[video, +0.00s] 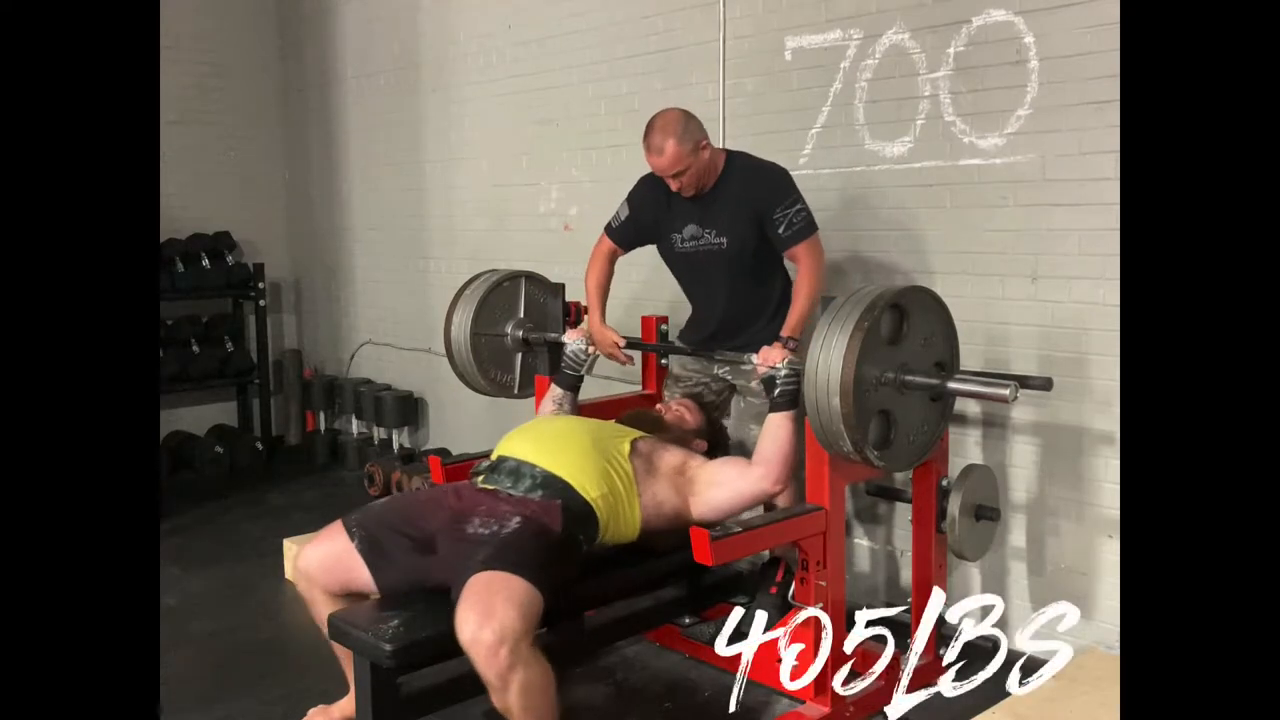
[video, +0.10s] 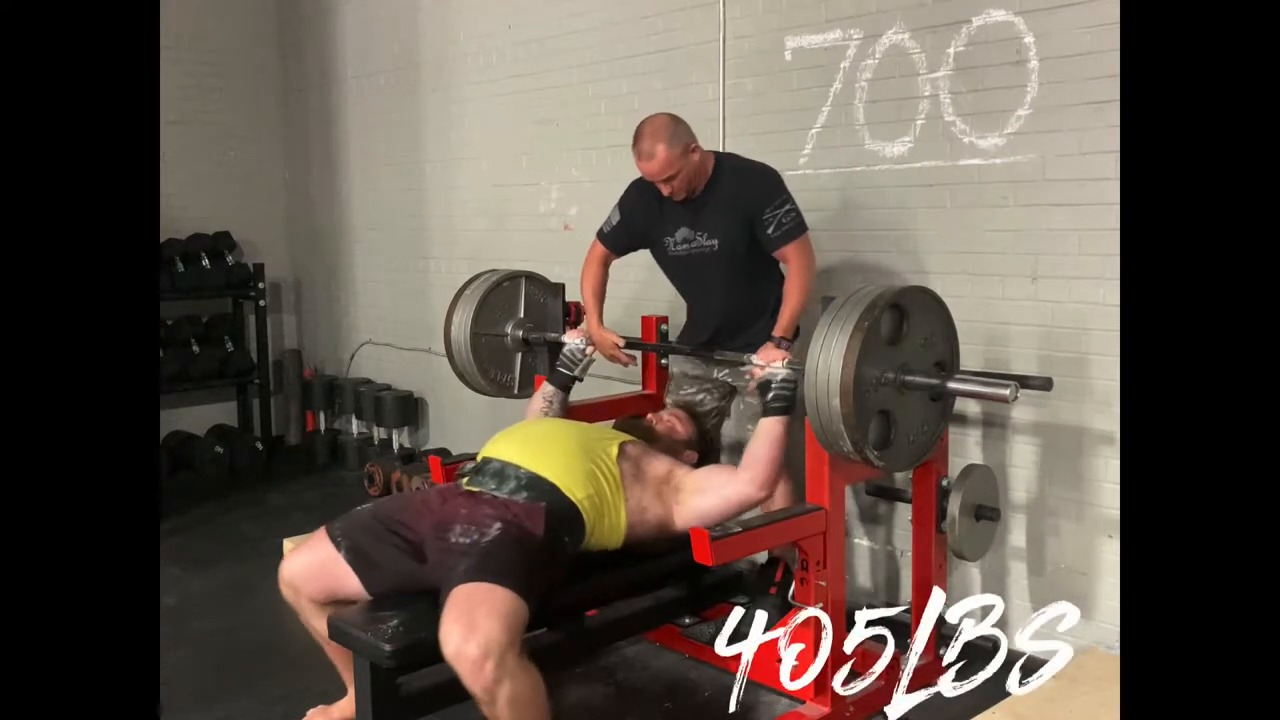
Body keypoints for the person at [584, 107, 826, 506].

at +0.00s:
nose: (673, 186)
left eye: (680, 174)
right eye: (663, 177)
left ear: (705, 147)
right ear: (652, 161)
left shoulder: (765, 183)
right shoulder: (652, 194)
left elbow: (811, 262)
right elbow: (605, 250)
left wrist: (787, 341)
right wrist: (595, 322)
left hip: (763, 350)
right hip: (698, 346)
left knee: (769, 475)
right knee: (673, 465)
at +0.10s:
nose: (665, 191)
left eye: (671, 178)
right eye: (654, 182)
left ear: (696, 152)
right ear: (642, 168)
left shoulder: (754, 184)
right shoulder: (643, 200)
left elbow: (801, 263)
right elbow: (597, 256)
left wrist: (780, 338)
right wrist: (594, 324)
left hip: (762, 344)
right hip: (698, 343)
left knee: (763, 466)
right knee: (673, 455)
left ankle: (784, 579)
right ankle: (692, 579)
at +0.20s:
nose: (657, 192)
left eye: (663, 179)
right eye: (646, 184)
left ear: (685, 151)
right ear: (631, 172)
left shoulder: (743, 183)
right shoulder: (631, 204)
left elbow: (790, 263)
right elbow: (587, 259)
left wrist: (774, 337)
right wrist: (591, 329)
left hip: (756, 350)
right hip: (688, 351)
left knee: (762, 463)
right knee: (669, 460)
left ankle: (785, 579)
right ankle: (686, 584)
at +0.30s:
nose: (655, 191)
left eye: (659, 178)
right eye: (642, 184)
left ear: (678, 149)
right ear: (627, 172)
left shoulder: (738, 181)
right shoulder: (624, 206)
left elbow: (782, 261)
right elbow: (581, 262)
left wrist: (766, 333)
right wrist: (589, 327)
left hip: (752, 344)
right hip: (685, 347)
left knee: (758, 456)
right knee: (672, 459)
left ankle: (777, 572)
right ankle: (687, 579)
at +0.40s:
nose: (656, 189)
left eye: (660, 176)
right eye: (643, 182)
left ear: (680, 147)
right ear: (628, 169)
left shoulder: (740, 180)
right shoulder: (625, 203)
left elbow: (781, 262)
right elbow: (582, 261)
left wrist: (758, 331)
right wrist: (590, 327)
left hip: (750, 349)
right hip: (680, 353)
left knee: (756, 460)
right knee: (667, 465)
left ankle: (772, 581)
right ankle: (679, 585)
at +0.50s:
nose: (659, 191)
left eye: (664, 178)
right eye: (648, 184)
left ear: (686, 148)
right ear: (633, 168)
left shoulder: (749, 185)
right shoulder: (631, 201)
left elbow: (783, 267)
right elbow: (590, 256)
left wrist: (753, 329)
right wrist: (592, 325)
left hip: (748, 356)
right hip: (678, 357)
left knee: (755, 466)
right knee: (669, 471)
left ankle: (769, 583)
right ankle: (674, 581)